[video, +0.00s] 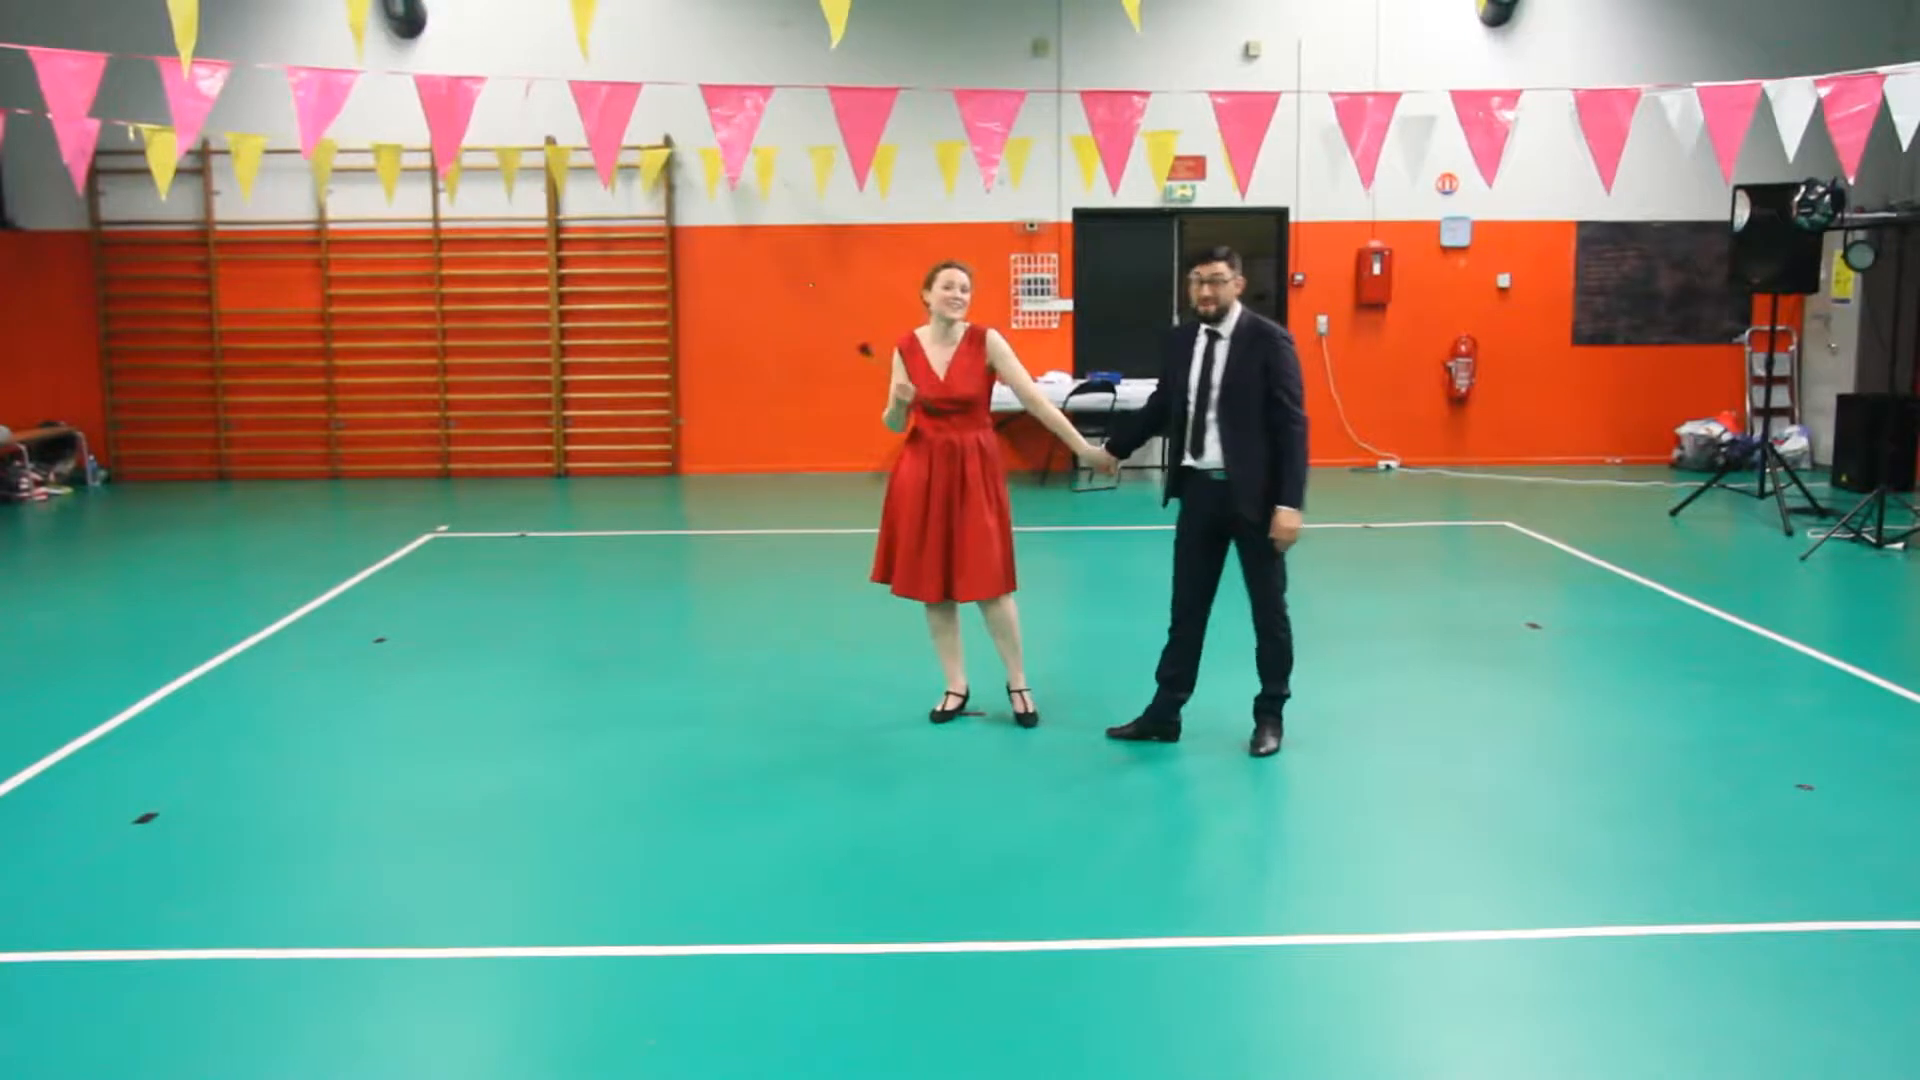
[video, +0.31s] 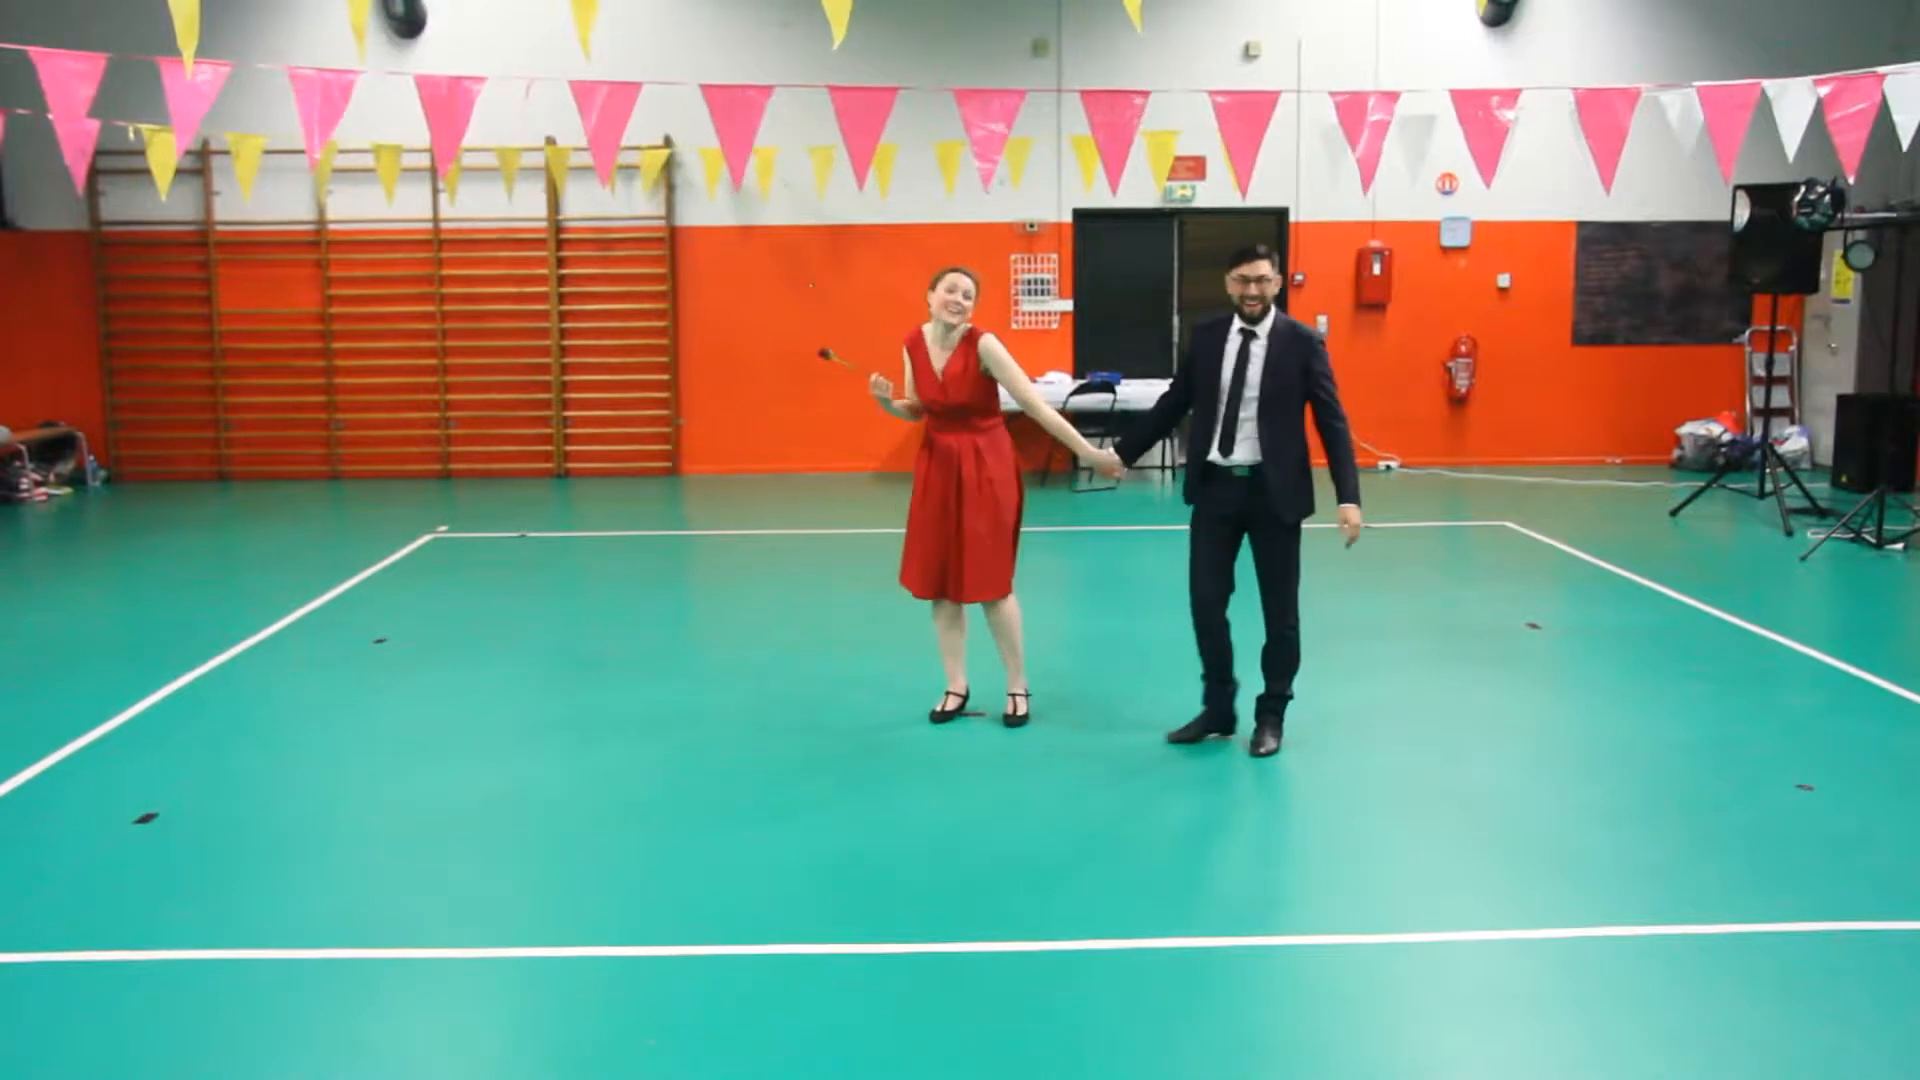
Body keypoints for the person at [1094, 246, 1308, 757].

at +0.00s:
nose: (1207, 291)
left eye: (1217, 281)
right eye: (1198, 282)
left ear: (1240, 285)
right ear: (1188, 289)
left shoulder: (1270, 341)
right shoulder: (1181, 340)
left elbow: (1292, 424)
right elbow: (1163, 405)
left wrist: (1291, 501)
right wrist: (1114, 448)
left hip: (1253, 492)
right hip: (1199, 490)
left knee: (1268, 610)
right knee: (1187, 607)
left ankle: (1270, 716)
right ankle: (1164, 713)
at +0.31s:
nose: (1253, 289)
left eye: (1262, 280)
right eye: (1243, 281)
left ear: (1278, 284)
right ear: (1228, 285)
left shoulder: (1302, 344)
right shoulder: (1207, 337)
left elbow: (1332, 421)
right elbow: (1174, 401)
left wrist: (1348, 496)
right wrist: (1123, 453)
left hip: (1275, 489)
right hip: (1215, 488)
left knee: (1281, 613)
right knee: (1206, 606)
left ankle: (1270, 717)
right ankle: (1217, 711)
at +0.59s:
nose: (1252, 286)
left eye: (1261, 278)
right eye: (1242, 278)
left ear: (1276, 283)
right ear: (1225, 283)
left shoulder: (1299, 344)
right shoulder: (1201, 338)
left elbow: (1323, 421)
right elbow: (1167, 410)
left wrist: (1338, 494)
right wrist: (1122, 465)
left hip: (1269, 487)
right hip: (1208, 485)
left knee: (1276, 609)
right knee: (1192, 600)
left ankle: (1271, 714)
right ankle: (1201, 684)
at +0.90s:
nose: (1206, 285)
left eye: (1215, 277)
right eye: (1196, 277)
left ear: (1230, 283)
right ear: (1181, 285)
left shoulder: (1255, 340)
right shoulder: (1161, 340)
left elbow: (1277, 417)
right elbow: (1137, 417)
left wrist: (1302, 486)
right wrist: (1105, 477)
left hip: (1237, 483)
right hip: (1177, 484)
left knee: (1256, 606)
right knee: (1175, 597)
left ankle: (1267, 713)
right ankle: (1175, 693)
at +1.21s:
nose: (1173, 284)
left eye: (1180, 275)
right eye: (1162, 278)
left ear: (1194, 280)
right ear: (1146, 286)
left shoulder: (1225, 333)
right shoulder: (1132, 340)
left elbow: (1245, 409)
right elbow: (1114, 416)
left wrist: (1237, 472)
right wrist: (1090, 481)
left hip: (1211, 480)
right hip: (1155, 481)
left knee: (1218, 596)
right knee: (1165, 594)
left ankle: (1221, 708)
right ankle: (1173, 692)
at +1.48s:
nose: (1152, 285)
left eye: (1160, 276)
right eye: (1144, 279)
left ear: (1181, 278)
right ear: (1135, 287)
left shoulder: (1216, 332)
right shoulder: (1128, 340)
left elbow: (1236, 412)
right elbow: (1114, 414)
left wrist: (1222, 478)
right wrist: (1093, 481)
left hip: (1203, 476)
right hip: (1151, 477)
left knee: (1201, 593)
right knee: (1165, 590)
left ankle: (1203, 701)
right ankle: (1174, 688)